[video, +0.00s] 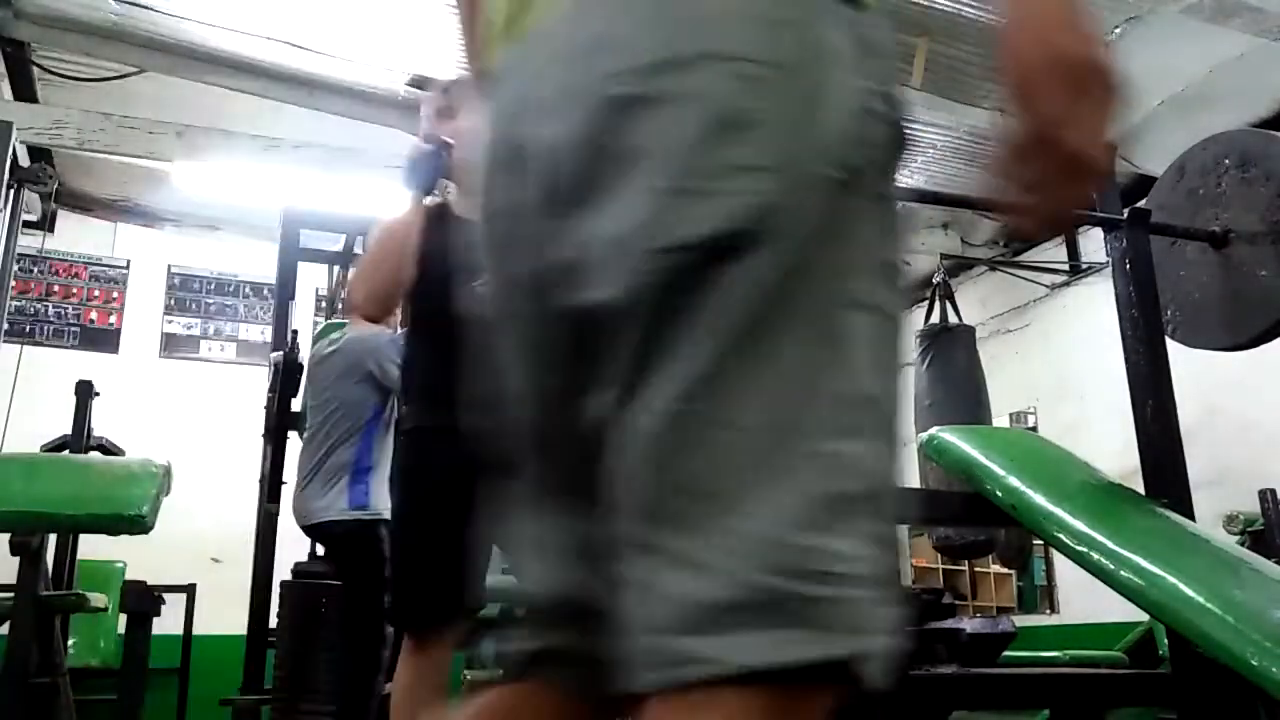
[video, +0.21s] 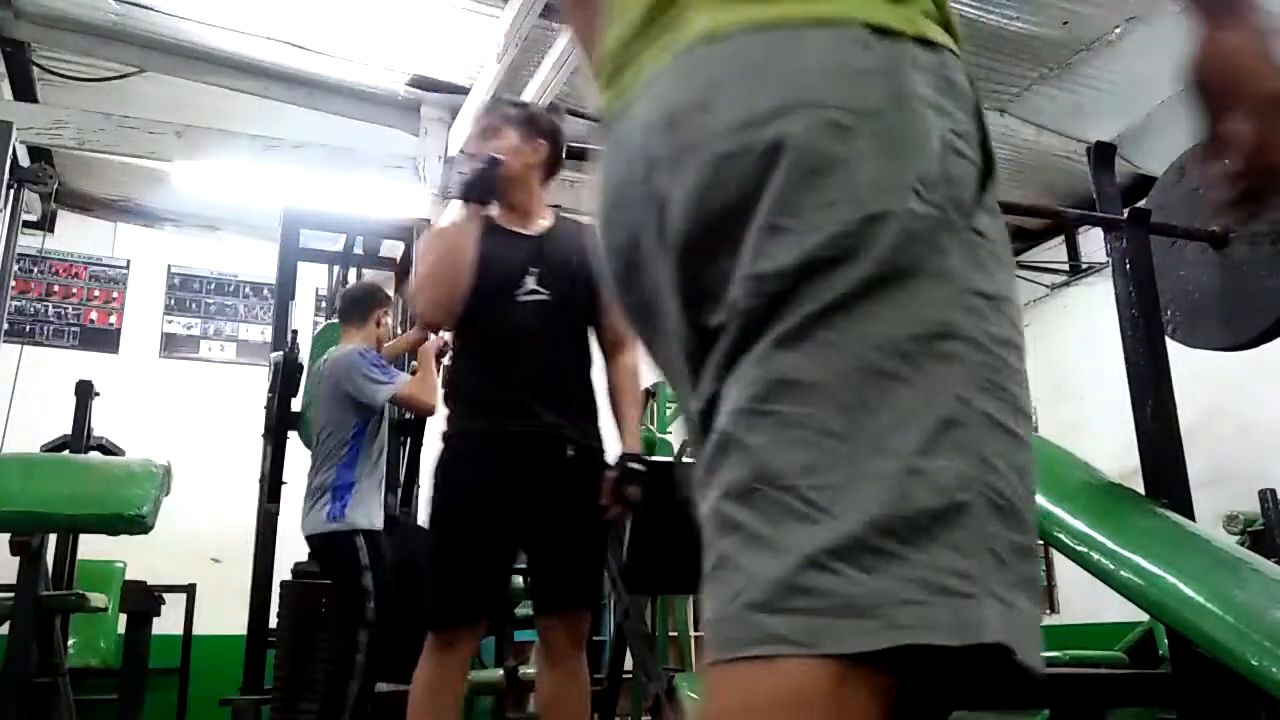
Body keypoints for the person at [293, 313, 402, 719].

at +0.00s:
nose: (400, 303)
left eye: (399, 294)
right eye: (399, 295)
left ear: (352, 297)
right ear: (393, 300)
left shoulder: (326, 343)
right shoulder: (376, 344)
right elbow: (428, 383)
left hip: (318, 506)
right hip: (355, 509)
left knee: (354, 619)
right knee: (370, 624)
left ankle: (347, 704)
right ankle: (359, 710)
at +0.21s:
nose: (389, 325)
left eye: (389, 319)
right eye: (388, 317)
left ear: (345, 318)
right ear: (378, 318)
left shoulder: (332, 361)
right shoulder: (353, 363)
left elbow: (379, 356)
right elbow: (426, 399)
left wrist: (417, 336)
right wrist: (428, 350)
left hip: (335, 520)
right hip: (347, 523)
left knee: (357, 626)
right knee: (365, 629)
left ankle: (340, 712)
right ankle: (347, 716)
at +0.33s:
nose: (393, 306)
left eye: (393, 299)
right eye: (392, 297)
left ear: (349, 295)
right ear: (379, 295)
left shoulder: (353, 339)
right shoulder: (346, 340)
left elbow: (382, 349)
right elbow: (398, 394)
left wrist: (414, 336)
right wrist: (422, 354)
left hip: (372, 498)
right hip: (347, 500)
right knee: (363, 605)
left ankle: (395, 672)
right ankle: (343, 709)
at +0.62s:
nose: (402, 279)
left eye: (404, 271)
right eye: (401, 269)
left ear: (376, 266)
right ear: (381, 264)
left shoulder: (376, 319)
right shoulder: (351, 308)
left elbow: (385, 379)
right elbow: (353, 367)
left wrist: (418, 349)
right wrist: (408, 348)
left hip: (384, 457)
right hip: (357, 455)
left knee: (419, 554)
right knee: (383, 550)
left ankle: (393, 669)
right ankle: (329, 675)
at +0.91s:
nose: (396, 276)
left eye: (402, 269)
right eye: (388, 266)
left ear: (405, 272)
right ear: (363, 262)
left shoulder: (401, 316)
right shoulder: (340, 303)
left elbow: (423, 370)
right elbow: (342, 359)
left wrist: (432, 342)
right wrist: (407, 343)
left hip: (393, 453)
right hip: (345, 448)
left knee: (402, 565)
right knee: (313, 553)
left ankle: (391, 673)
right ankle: (262, 663)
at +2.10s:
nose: (349, 280)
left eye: (359, 272)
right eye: (343, 272)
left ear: (379, 271)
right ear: (335, 272)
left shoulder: (401, 313)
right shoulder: (321, 310)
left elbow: (421, 372)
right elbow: (315, 355)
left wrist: (427, 342)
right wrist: (345, 313)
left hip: (381, 458)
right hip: (321, 455)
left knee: (390, 572)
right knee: (292, 564)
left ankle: (396, 672)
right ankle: (279, 670)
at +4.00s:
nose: (366, 278)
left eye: (374, 271)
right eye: (358, 270)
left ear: (386, 276)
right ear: (344, 274)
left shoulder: (403, 316)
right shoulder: (322, 308)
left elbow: (415, 378)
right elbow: (297, 357)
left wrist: (428, 342)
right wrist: (286, 328)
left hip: (379, 453)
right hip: (321, 449)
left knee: (383, 568)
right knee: (297, 561)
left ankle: (384, 670)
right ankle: (282, 670)